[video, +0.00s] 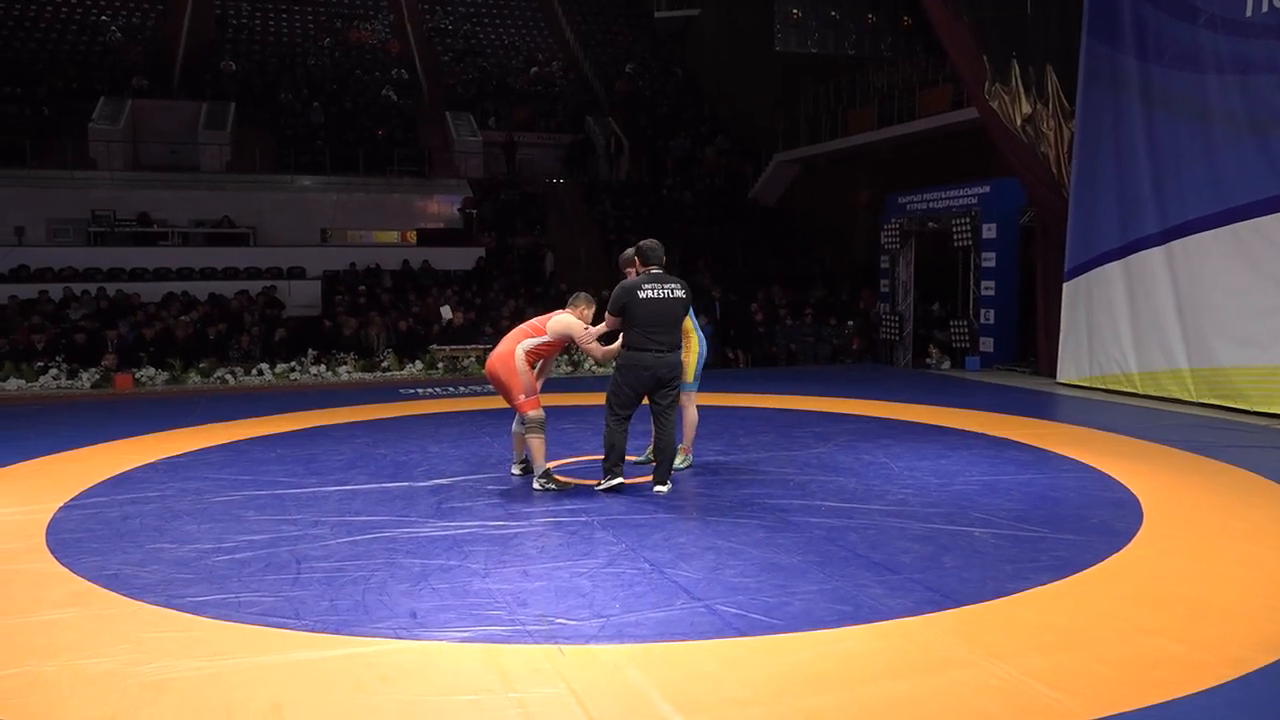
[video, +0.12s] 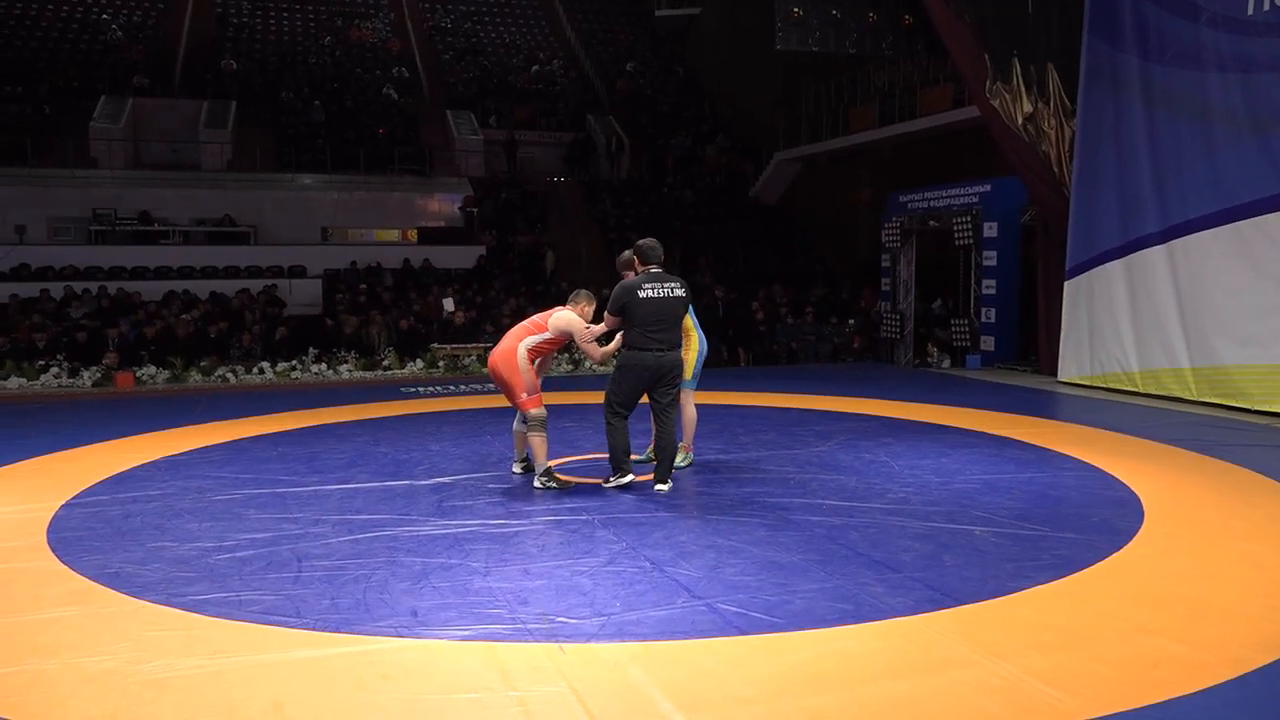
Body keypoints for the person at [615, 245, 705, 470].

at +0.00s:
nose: (628, 277)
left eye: (629, 272)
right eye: (626, 274)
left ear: (638, 268)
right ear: (628, 271)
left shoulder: (662, 288)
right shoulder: (639, 293)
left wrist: (597, 331)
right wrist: (597, 331)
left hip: (690, 341)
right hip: (667, 344)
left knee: (686, 398)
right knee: (660, 399)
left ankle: (686, 450)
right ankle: (656, 447)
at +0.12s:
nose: (625, 281)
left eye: (627, 276)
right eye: (623, 277)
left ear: (636, 269)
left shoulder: (662, 289)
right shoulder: (639, 292)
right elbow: (628, 315)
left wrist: (604, 328)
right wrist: (604, 328)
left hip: (690, 341)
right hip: (667, 344)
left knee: (684, 396)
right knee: (659, 398)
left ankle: (686, 449)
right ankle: (656, 447)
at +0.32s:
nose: (624, 262)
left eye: (624, 259)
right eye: (625, 259)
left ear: (628, 261)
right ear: (654, 259)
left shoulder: (619, 288)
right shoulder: (673, 285)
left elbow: (602, 323)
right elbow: (675, 314)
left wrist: (627, 311)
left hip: (628, 361)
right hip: (664, 360)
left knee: (622, 418)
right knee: (663, 419)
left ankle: (627, 475)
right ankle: (662, 478)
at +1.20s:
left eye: (636, 262)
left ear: (637, 264)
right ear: (664, 262)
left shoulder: (627, 291)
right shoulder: (682, 288)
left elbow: (612, 324)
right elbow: (688, 321)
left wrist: (638, 316)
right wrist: (661, 314)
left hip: (644, 363)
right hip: (678, 362)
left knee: (642, 421)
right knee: (687, 414)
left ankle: (639, 479)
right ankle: (699, 469)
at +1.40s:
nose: (656, 266)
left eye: (656, 263)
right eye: (658, 263)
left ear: (659, 264)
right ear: (684, 263)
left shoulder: (655, 291)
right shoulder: (700, 289)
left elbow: (629, 325)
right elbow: (700, 323)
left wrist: (635, 343)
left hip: (661, 364)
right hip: (693, 362)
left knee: (646, 420)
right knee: (693, 414)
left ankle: (639, 477)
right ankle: (704, 471)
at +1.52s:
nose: (667, 266)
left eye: (668, 262)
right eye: (668, 262)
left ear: (673, 262)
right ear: (695, 261)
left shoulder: (674, 289)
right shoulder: (710, 286)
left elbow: (658, 325)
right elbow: (690, 306)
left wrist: (640, 345)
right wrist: (670, 286)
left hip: (677, 362)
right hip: (704, 360)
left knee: (653, 416)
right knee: (700, 414)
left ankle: (639, 472)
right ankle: (705, 472)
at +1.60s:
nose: (672, 265)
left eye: (673, 261)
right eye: (672, 261)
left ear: (684, 260)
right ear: (698, 260)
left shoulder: (687, 285)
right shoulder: (713, 283)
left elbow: (681, 320)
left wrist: (657, 344)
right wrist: (670, 280)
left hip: (685, 359)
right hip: (709, 357)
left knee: (663, 415)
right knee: (703, 414)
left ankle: (644, 469)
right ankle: (705, 471)